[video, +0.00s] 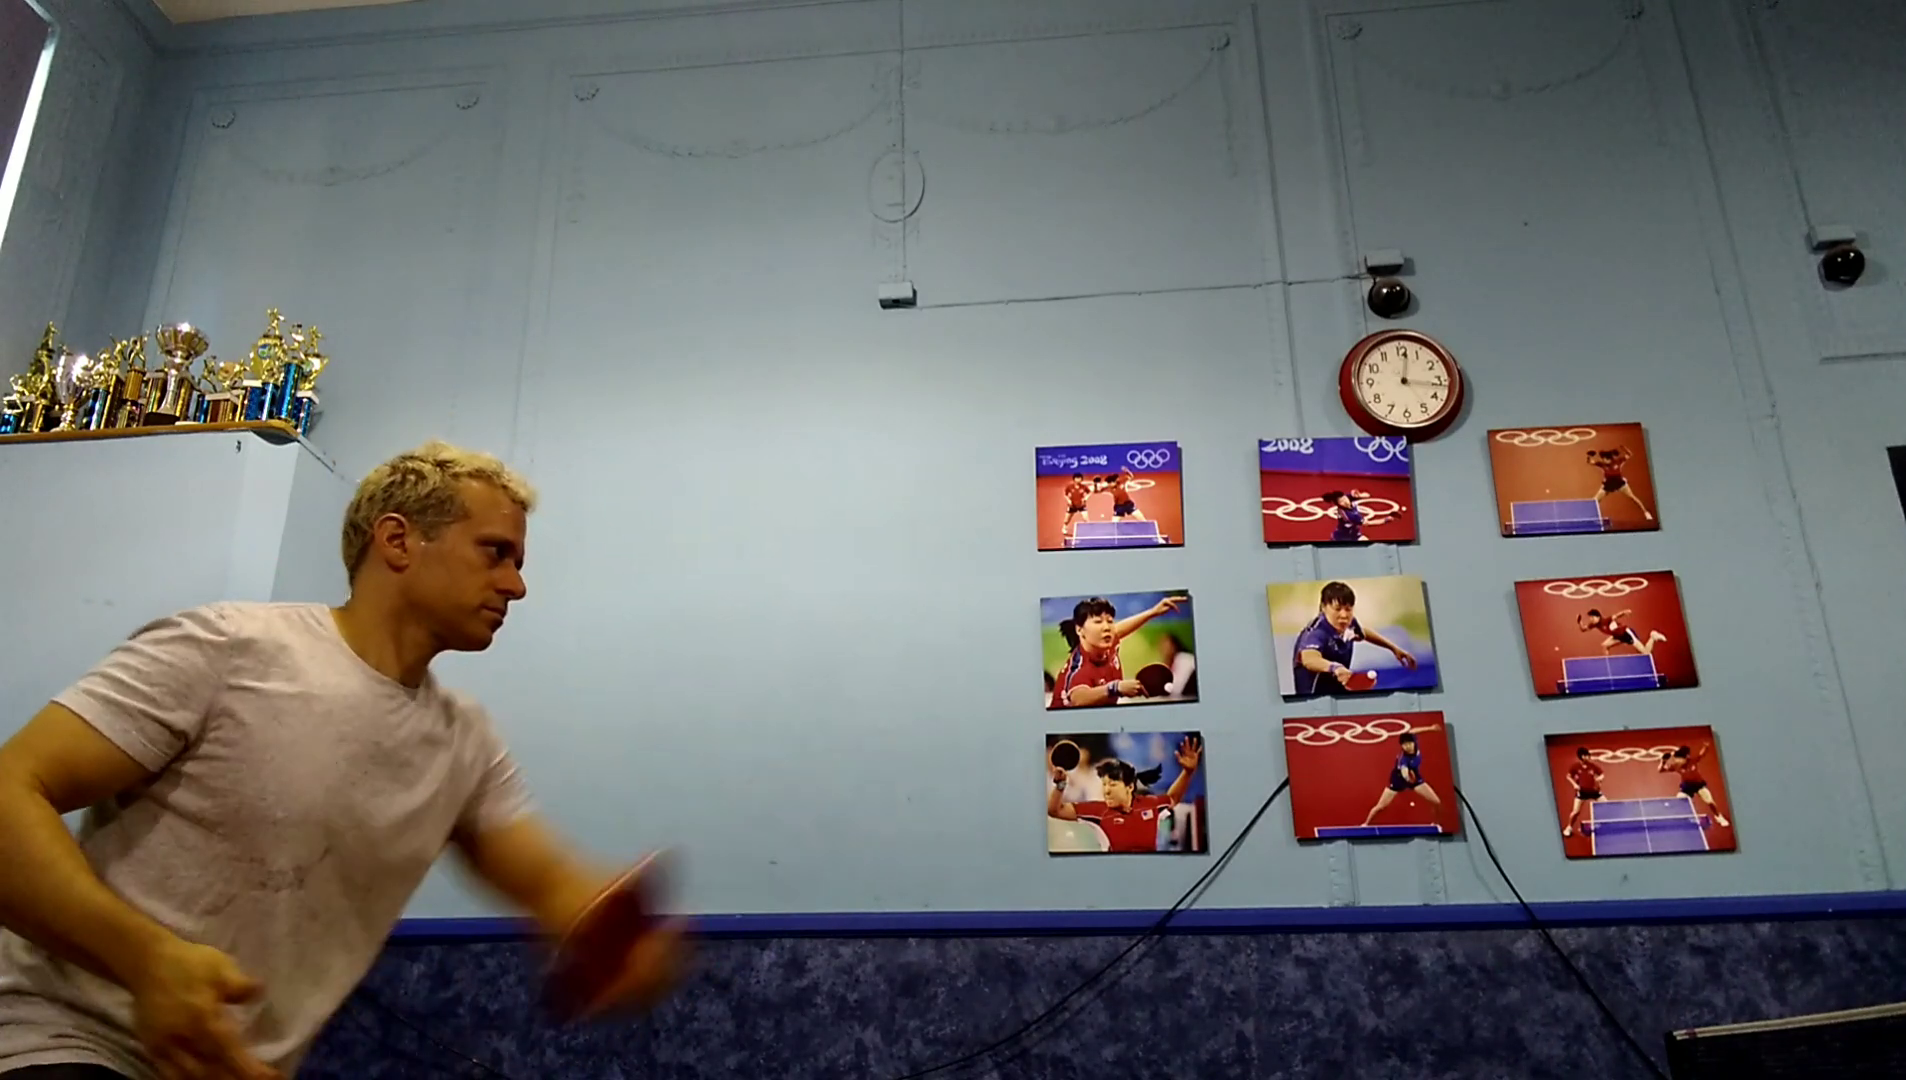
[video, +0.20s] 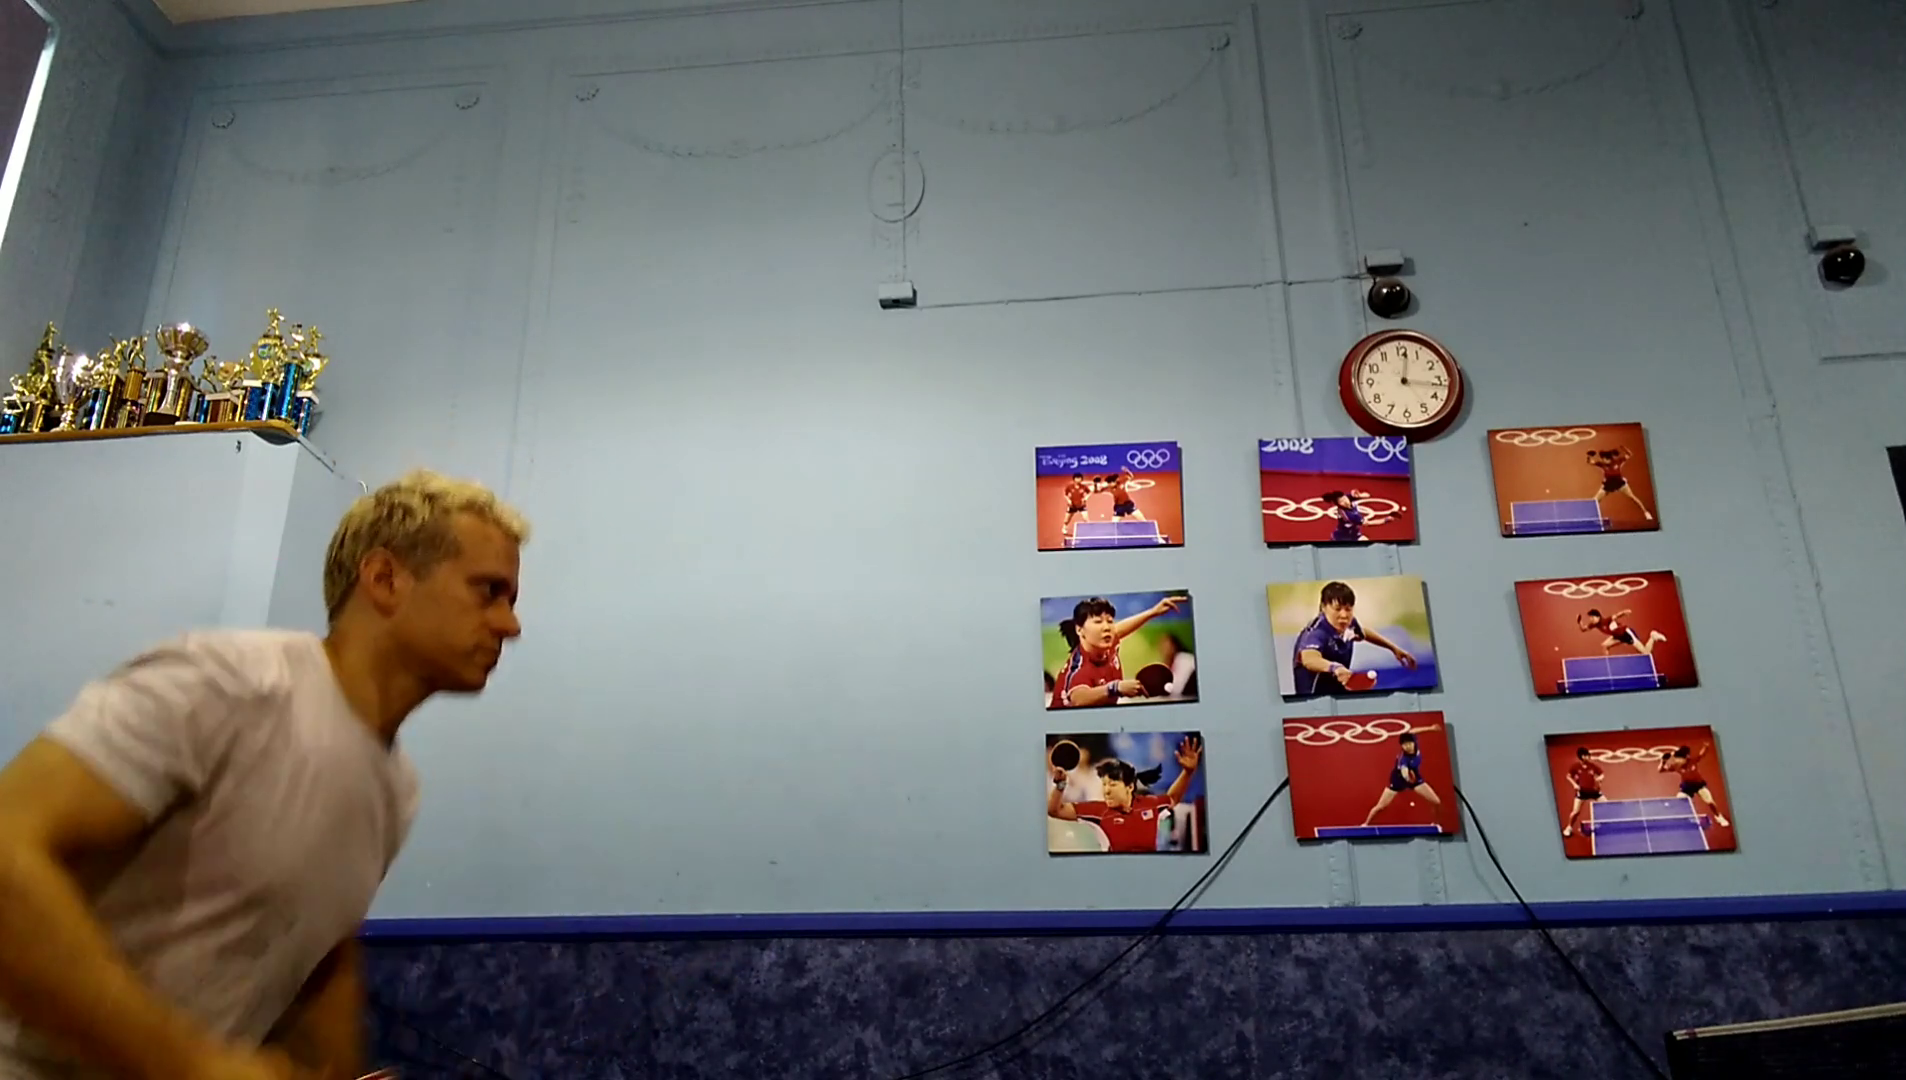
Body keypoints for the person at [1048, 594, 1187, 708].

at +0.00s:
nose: (1107, 628)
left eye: (1109, 622)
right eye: (1098, 622)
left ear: (1114, 626)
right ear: (1080, 630)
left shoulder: (1109, 645)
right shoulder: (1079, 667)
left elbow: (1118, 630)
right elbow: (1078, 698)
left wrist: (1154, 611)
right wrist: (1115, 687)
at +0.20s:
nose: (1107, 628)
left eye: (1109, 622)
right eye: (1098, 622)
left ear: (1114, 626)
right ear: (1080, 630)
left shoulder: (1109, 645)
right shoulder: (1079, 667)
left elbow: (1118, 630)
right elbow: (1078, 698)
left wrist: (1153, 611)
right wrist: (1115, 687)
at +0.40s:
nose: (1107, 628)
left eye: (1110, 622)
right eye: (1098, 622)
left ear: (1114, 626)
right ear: (1080, 630)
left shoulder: (1109, 645)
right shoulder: (1079, 666)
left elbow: (1118, 630)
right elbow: (1078, 698)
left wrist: (1153, 612)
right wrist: (1115, 687)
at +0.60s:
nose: (1107, 628)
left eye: (1110, 622)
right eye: (1098, 622)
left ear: (1114, 626)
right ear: (1080, 630)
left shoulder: (1108, 646)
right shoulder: (1079, 666)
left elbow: (1119, 631)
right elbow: (1078, 698)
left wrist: (1154, 611)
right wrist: (1115, 687)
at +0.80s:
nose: (1107, 628)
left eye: (1110, 622)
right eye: (1098, 622)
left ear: (1114, 626)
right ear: (1080, 630)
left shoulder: (1109, 645)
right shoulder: (1079, 667)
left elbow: (1118, 630)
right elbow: (1078, 698)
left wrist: (1154, 612)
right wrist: (1115, 687)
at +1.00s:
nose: (1107, 628)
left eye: (1109, 622)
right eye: (1098, 622)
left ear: (1114, 626)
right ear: (1080, 630)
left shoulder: (1109, 645)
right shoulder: (1079, 666)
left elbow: (1118, 630)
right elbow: (1078, 698)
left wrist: (1153, 611)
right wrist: (1115, 687)